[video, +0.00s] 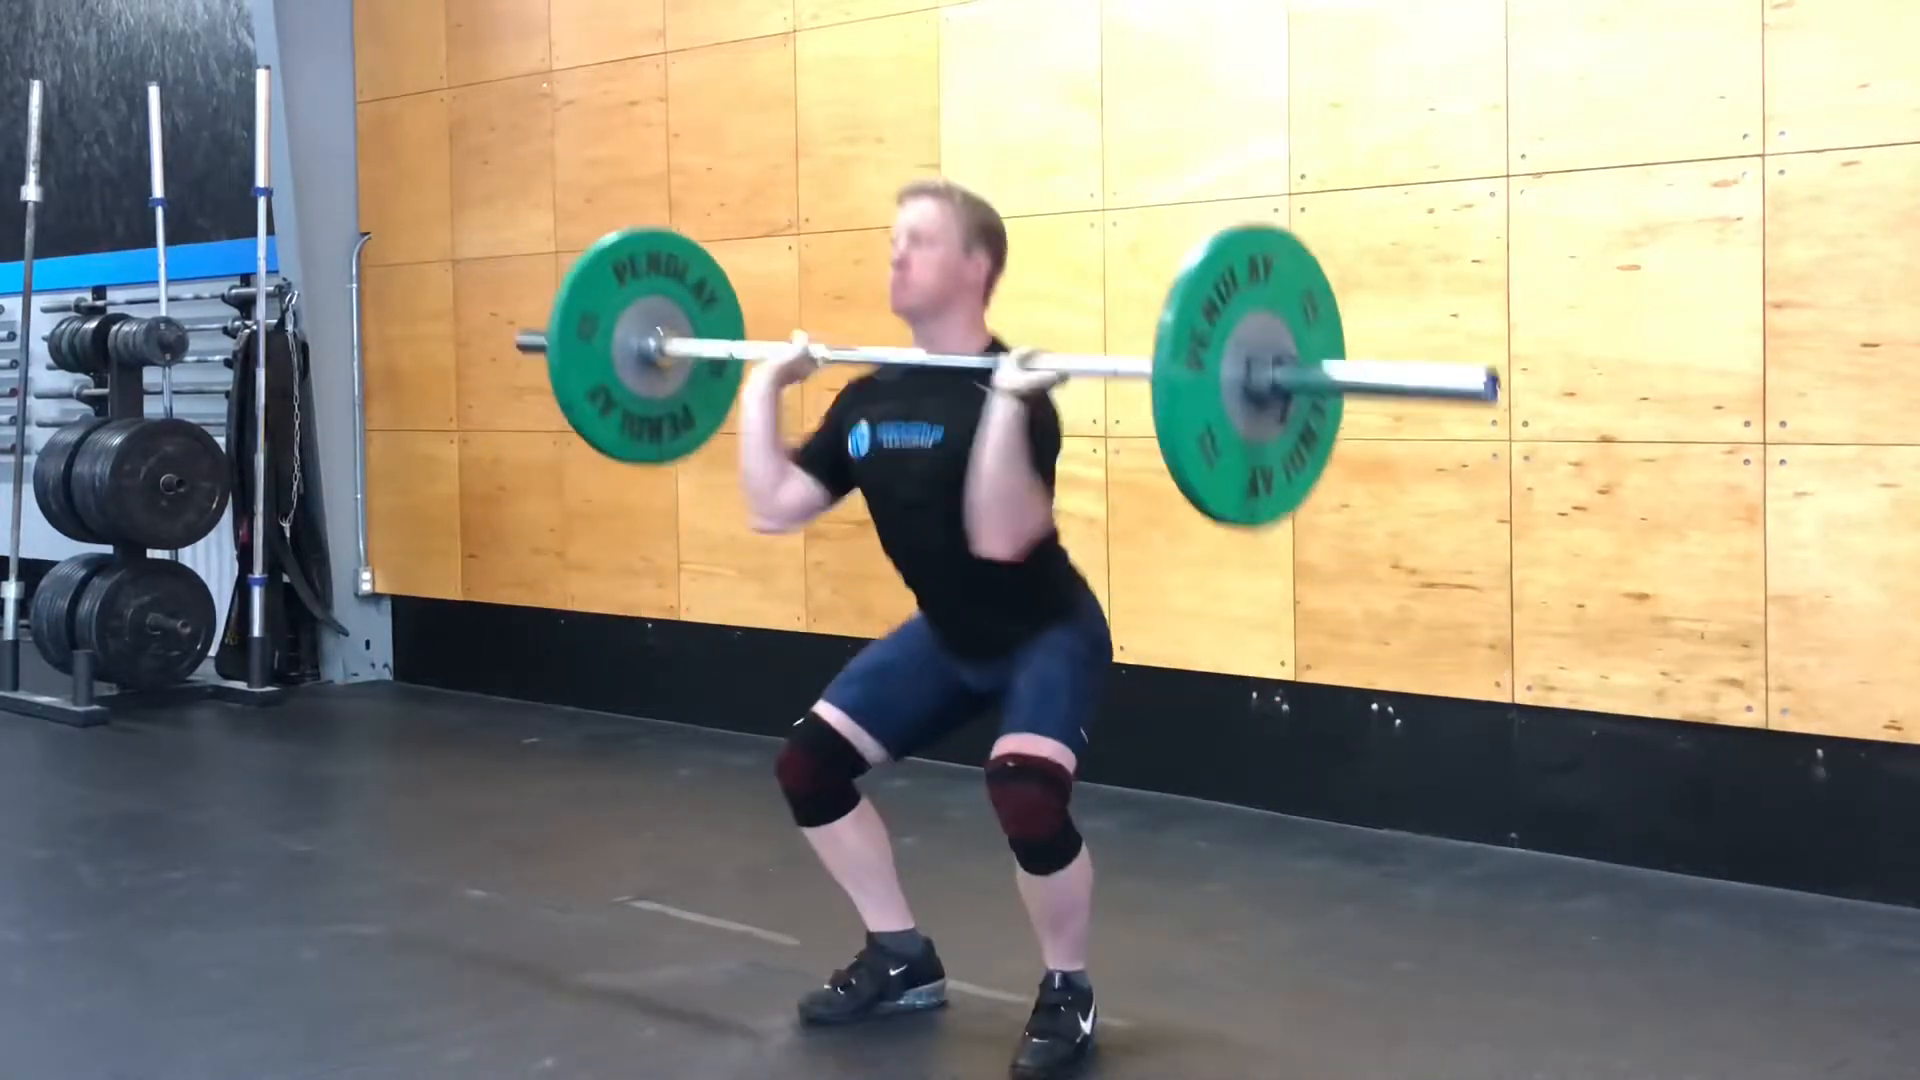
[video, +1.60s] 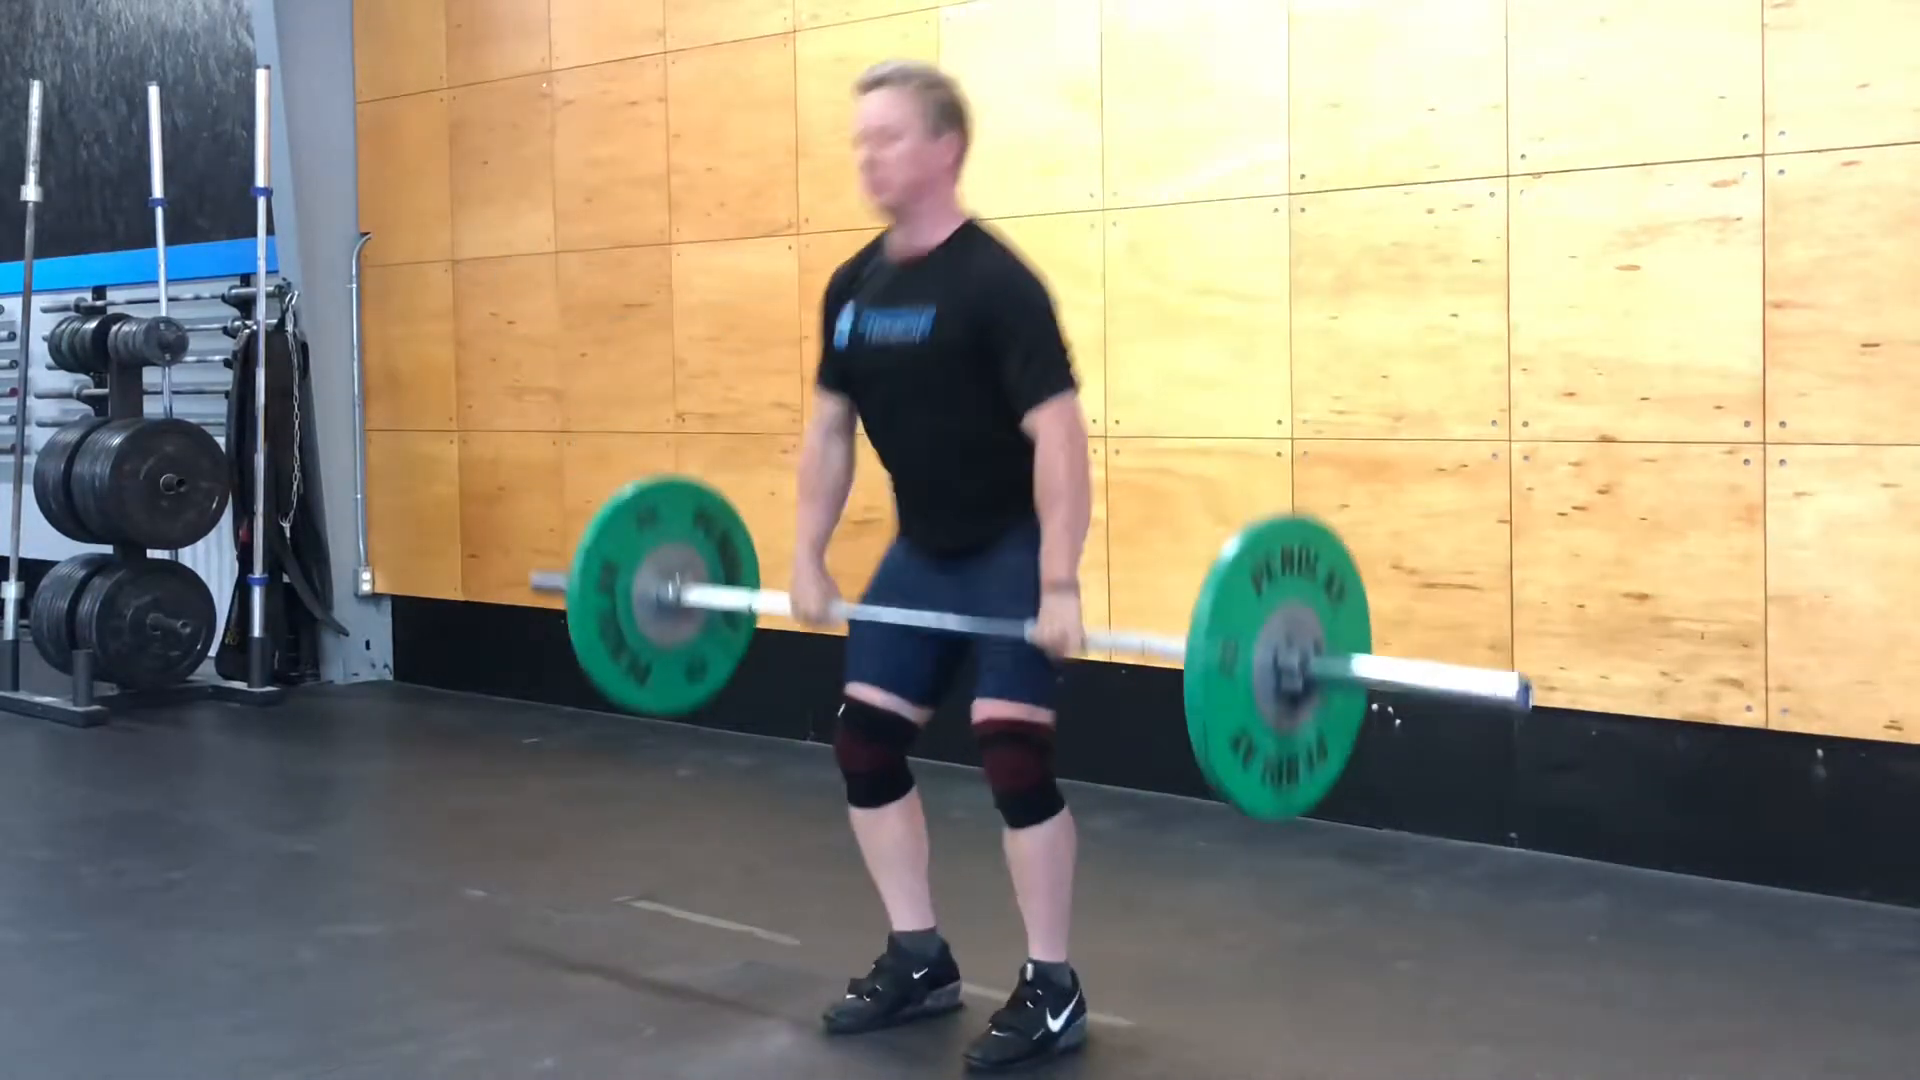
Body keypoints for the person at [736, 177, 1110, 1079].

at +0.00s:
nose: (896, 257)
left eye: (917, 244)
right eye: (895, 243)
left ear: (978, 265)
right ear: (898, 265)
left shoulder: (1019, 393)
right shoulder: (871, 399)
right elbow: (772, 504)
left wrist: (1008, 399)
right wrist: (764, 383)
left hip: (1050, 629)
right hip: (948, 633)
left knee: (1026, 788)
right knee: (810, 766)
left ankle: (1065, 994)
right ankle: (901, 957)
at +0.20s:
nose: (911, 386)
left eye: (932, 370)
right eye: (909, 371)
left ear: (992, 391)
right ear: (905, 382)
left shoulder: (1020, 506)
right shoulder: (871, 496)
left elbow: (938, 569)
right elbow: (732, 528)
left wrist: (986, 458)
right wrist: (782, 443)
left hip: (1056, 729)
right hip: (950, 729)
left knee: (1047, 816)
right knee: (792, 787)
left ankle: (1068, 995)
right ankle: (900, 956)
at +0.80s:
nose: (914, 232)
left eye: (936, 216)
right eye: (913, 215)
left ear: (994, 235)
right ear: (908, 231)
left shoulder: (1024, 355)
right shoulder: (867, 353)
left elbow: (956, 430)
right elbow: (740, 411)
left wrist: (987, 307)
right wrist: (775, 312)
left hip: (1042, 606)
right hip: (942, 613)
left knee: (1035, 781)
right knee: (810, 763)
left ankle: (1067, 994)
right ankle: (900, 956)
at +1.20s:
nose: (919, 127)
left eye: (939, 112)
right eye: (918, 112)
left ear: (1000, 130)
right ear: (927, 133)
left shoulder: (1040, 240)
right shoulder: (900, 247)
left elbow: (1089, 391)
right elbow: (846, 376)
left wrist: (1052, 277)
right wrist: (795, 280)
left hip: (1009, 529)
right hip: (912, 531)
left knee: (1007, 754)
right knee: (884, 742)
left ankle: (1060, 988)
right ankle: (912, 959)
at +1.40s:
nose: (940, 105)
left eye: (958, 90)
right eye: (936, 91)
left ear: (1021, 101)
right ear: (940, 104)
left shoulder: (1061, 198)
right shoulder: (921, 196)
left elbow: (1145, 296)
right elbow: (868, 303)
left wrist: (1054, 365)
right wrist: (797, 357)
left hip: (990, 498)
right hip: (892, 495)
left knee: (996, 720)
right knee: (877, 711)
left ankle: (1043, 963)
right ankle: (895, 928)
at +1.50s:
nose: (921, 119)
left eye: (940, 103)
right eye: (916, 104)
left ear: (1001, 111)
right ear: (918, 116)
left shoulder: (1039, 231)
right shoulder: (896, 234)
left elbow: (1100, 364)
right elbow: (864, 363)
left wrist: (1057, 496)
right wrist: (806, 472)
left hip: (990, 533)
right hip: (888, 523)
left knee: (999, 747)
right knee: (870, 732)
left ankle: (1045, 977)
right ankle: (906, 945)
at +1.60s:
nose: (864, 157)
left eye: (883, 139)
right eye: (860, 140)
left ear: (946, 147)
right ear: (863, 153)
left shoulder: (1000, 283)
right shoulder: (853, 287)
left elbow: (1059, 432)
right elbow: (829, 431)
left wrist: (1061, 584)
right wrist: (805, 556)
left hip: (1018, 548)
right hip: (918, 546)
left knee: (1013, 753)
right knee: (866, 738)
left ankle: (1051, 988)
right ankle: (918, 960)